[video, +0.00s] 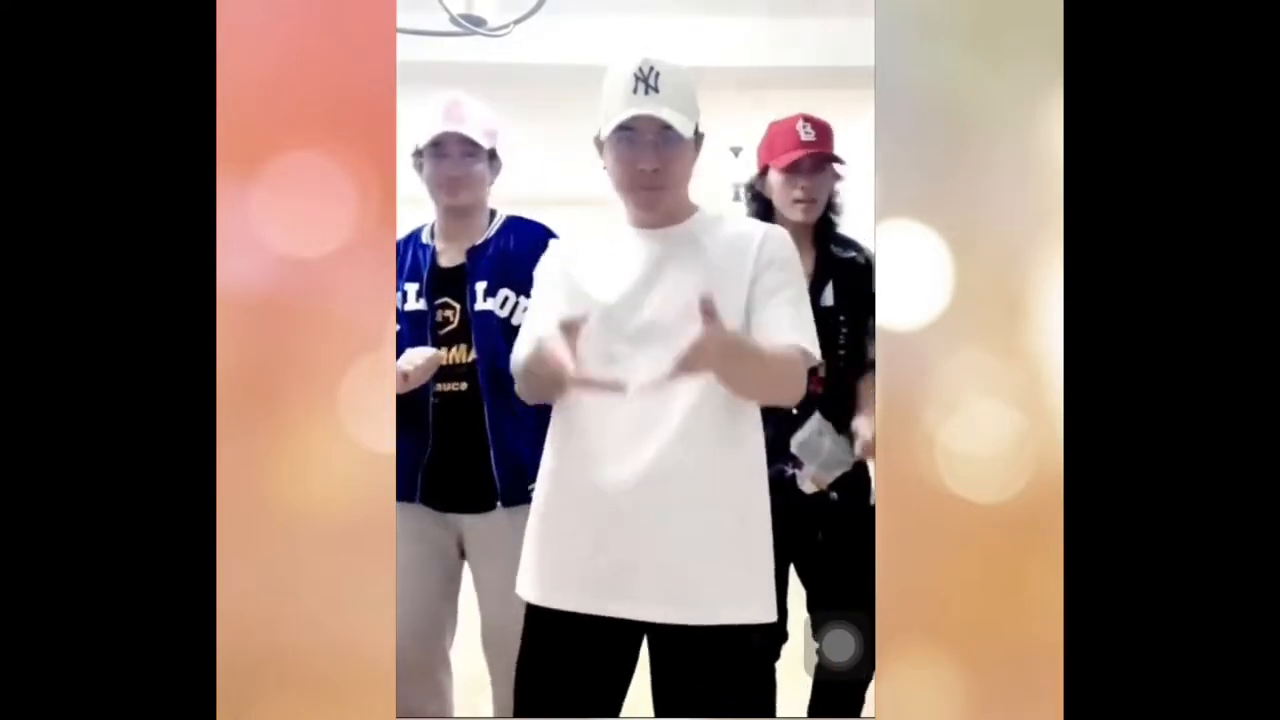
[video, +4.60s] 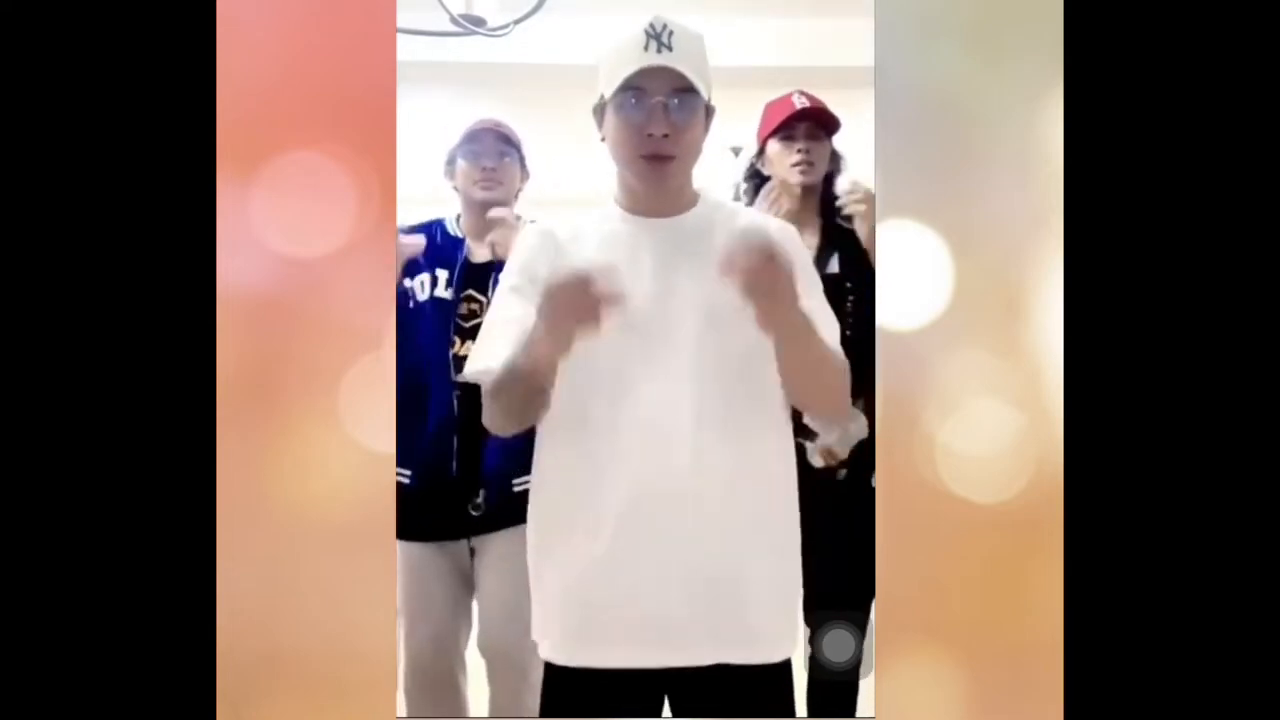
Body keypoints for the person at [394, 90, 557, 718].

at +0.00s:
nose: (453, 168)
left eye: (469, 154)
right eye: (439, 154)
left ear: (495, 168)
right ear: (420, 168)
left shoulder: (535, 248)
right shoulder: (394, 259)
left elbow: (571, 348)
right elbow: (358, 367)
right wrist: (392, 375)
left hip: (509, 493)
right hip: (414, 494)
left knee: (515, 662)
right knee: (414, 660)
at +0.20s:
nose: (476, 174)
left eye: (491, 162)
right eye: (463, 162)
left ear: (513, 177)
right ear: (440, 173)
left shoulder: (548, 258)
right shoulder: (398, 262)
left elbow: (576, 358)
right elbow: (363, 360)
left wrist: (562, 417)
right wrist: (393, 406)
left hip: (513, 496)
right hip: (417, 497)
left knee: (518, 660)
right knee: (414, 661)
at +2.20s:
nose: (532, 191)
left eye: (546, 178)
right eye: (519, 175)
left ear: (556, 186)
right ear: (483, 174)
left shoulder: (561, 263)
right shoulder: (422, 255)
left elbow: (582, 383)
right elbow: (390, 372)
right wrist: (395, 474)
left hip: (544, 472)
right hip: (457, 471)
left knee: (533, 651)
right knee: (446, 650)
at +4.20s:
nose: (497, 156)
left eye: (512, 147)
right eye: (483, 147)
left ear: (535, 171)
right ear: (460, 168)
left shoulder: (561, 257)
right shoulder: (415, 260)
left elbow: (585, 374)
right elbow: (380, 373)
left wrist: (566, 478)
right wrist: (386, 468)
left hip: (534, 499)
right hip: (440, 502)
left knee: (533, 674)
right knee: (432, 676)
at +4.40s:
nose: (491, 170)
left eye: (506, 161)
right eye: (477, 161)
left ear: (527, 183)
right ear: (452, 181)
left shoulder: (554, 264)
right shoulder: (404, 266)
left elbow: (579, 381)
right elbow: (369, 380)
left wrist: (565, 482)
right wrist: (378, 481)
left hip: (523, 503)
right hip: (426, 505)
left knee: (520, 661)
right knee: (427, 667)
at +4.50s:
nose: (490, 167)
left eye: (504, 158)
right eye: (475, 158)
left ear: (525, 181)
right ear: (451, 178)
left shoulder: (555, 261)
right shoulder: (402, 260)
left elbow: (580, 372)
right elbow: (348, 347)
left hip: (521, 504)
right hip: (424, 505)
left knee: (518, 661)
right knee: (425, 667)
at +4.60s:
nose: (488, 165)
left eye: (502, 156)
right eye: (475, 156)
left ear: (525, 175)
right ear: (451, 173)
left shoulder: (543, 255)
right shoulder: (411, 249)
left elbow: (571, 341)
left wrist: (523, 256)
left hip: (515, 489)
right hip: (424, 489)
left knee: (511, 651)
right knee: (428, 656)